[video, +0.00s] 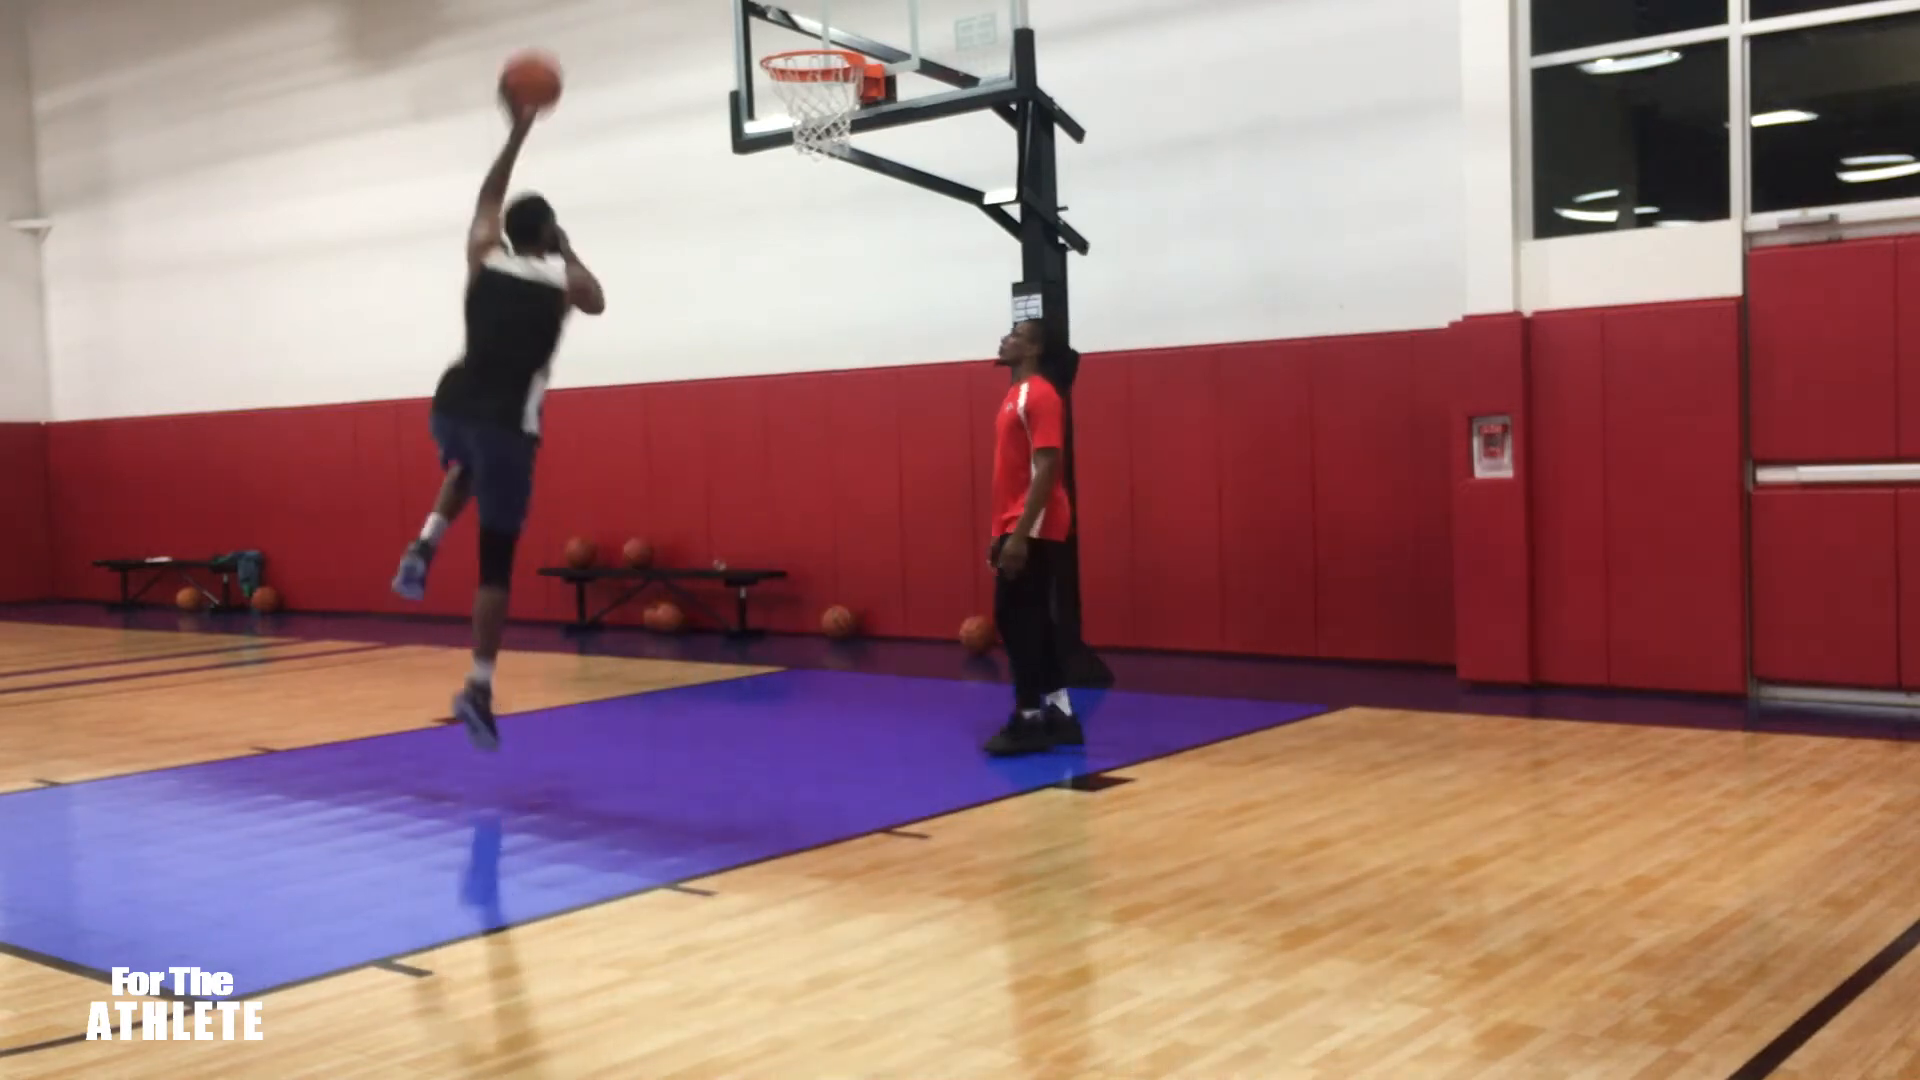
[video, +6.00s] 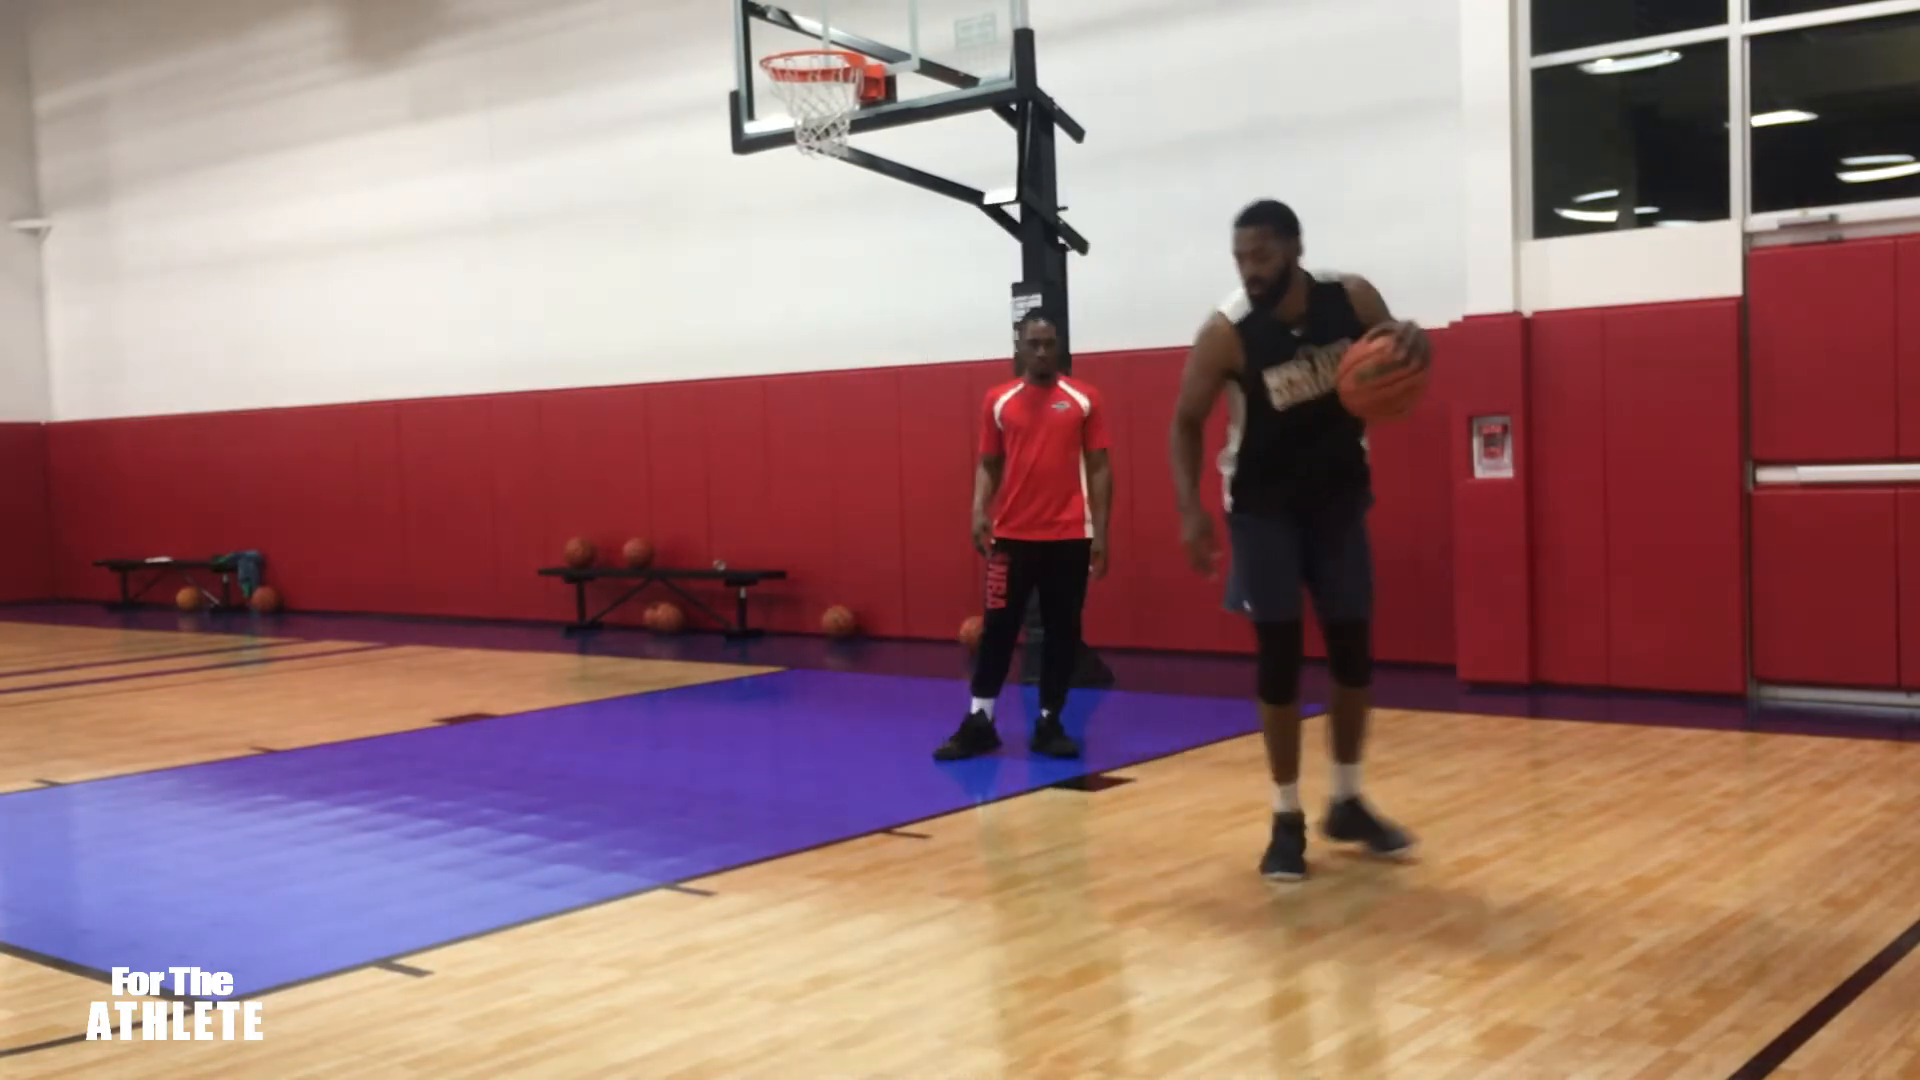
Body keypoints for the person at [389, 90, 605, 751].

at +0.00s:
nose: (552, 229)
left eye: (539, 221)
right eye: (552, 223)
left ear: (506, 231)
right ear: (550, 237)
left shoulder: (483, 259)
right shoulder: (563, 280)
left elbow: (489, 195)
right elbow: (594, 300)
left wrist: (520, 127)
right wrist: (564, 251)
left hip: (452, 409)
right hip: (506, 429)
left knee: (465, 463)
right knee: (494, 563)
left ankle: (423, 543)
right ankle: (480, 684)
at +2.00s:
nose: (676, 325)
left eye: (678, 315)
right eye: (672, 314)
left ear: (648, 310)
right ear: (646, 310)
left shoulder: (643, 367)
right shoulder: (586, 362)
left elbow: (639, 434)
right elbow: (560, 440)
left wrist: (705, 470)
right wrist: (613, 497)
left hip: (621, 523)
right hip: (590, 524)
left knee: (593, 631)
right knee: (632, 630)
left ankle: (557, 749)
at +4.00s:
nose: (974, 260)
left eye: (987, 244)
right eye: (965, 249)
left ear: (1028, 246)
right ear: (963, 260)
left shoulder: (1093, 327)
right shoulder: (959, 353)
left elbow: (1161, 428)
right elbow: (947, 471)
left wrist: (1174, 534)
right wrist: (906, 558)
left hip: (1084, 548)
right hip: (1002, 556)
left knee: (1067, 706)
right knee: (967, 716)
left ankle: (1117, 904)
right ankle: (1016, 801)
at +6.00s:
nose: (1249, 269)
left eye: (1260, 255)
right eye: (1240, 258)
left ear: (1294, 248)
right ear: (1235, 259)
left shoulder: (1351, 299)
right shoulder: (1225, 336)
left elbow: (1399, 357)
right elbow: (1186, 425)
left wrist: (1410, 341)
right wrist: (1192, 513)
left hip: (1340, 508)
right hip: (1264, 515)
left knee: (1352, 652)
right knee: (1280, 657)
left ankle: (1347, 803)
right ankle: (1288, 819)